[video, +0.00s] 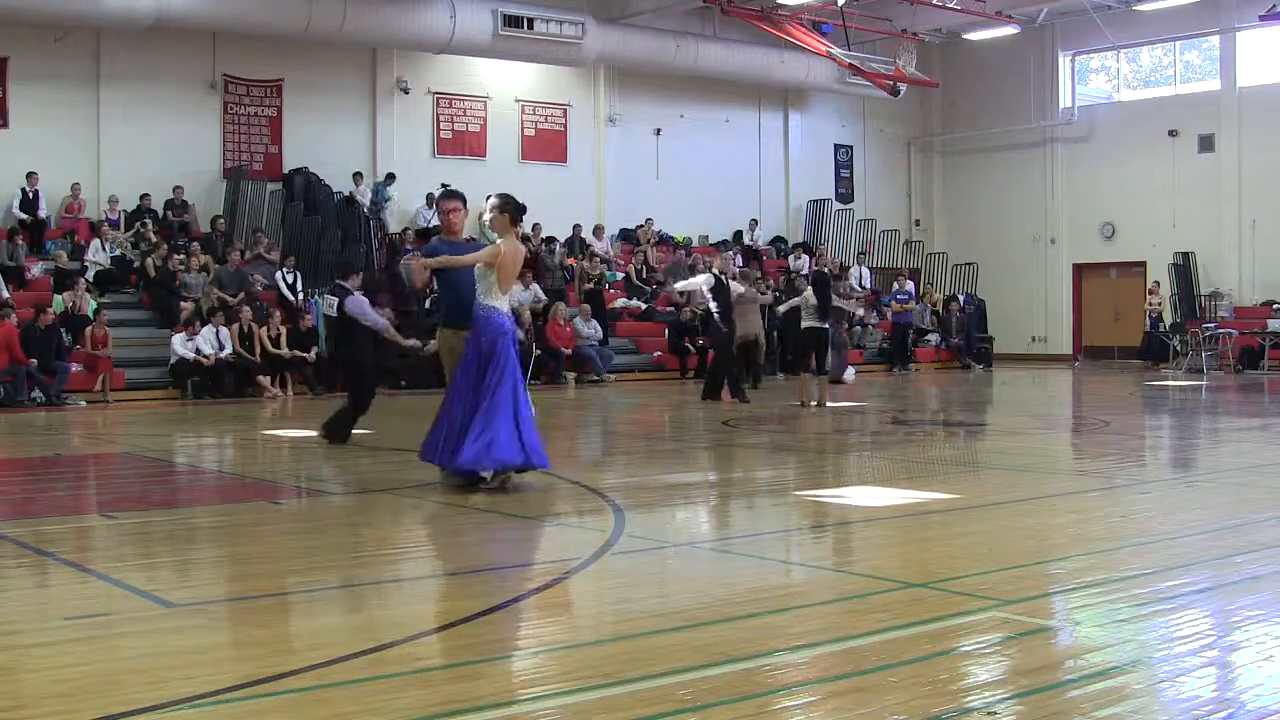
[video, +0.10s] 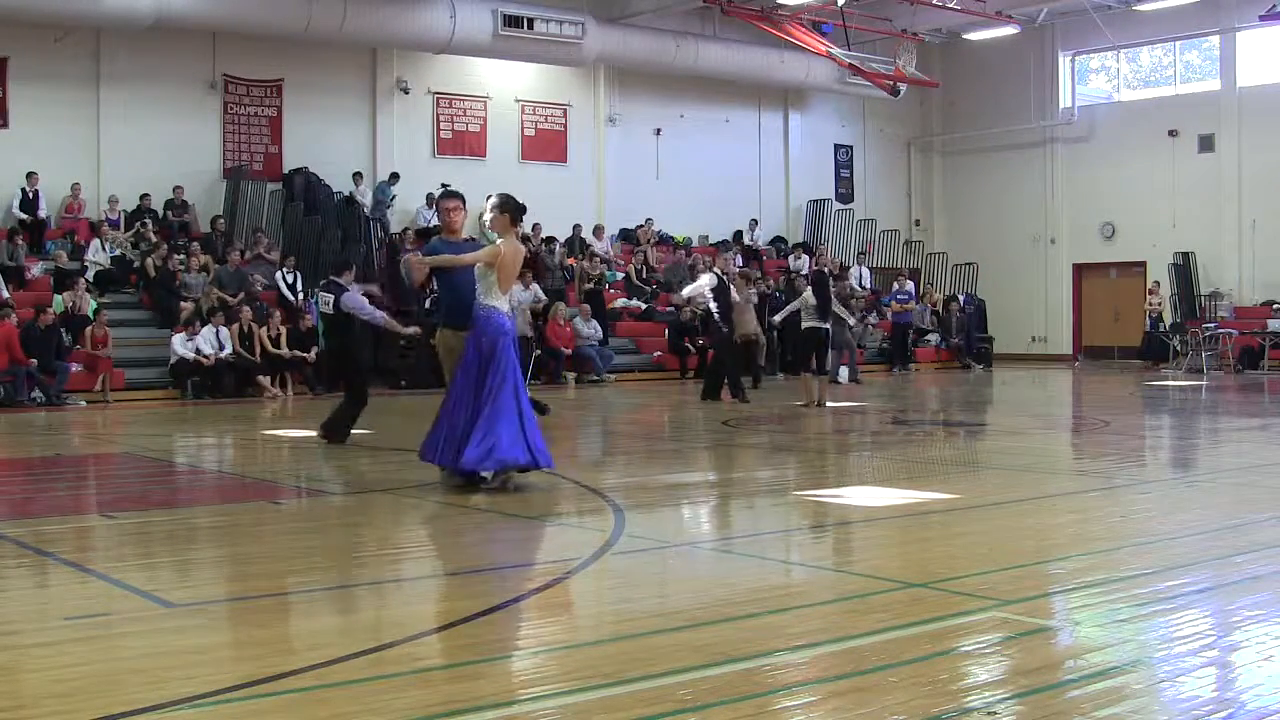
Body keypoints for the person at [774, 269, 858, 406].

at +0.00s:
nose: (809, 282)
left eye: (810, 280)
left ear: (813, 282)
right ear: (827, 283)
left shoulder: (807, 295)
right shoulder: (828, 296)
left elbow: (791, 302)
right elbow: (843, 304)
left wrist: (780, 309)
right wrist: (857, 309)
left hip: (808, 329)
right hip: (823, 329)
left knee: (804, 364)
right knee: (822, 365)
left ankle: (804, 397)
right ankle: (823, 398)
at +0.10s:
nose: (808, 282)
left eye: (809, 280)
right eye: (809, 280)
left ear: (812, 281)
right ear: (826, 282)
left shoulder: (807, 295)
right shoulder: (828, 297)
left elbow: (791, 307)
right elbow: (840, 310)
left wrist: (777, 318)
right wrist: (852, 321)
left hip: (809, 330)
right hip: (824, 331)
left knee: (805, 365)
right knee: (822, 366)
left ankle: (809, 398)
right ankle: (822, 399)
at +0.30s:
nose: (806, 282)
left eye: (808, 280)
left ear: (811, 281)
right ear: (825, 282)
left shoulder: (805, 296)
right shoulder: (829, 297)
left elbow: (789, 313)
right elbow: (831, 316)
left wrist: (775, 329)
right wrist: (837, 330)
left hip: (809, 331)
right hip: (824, 332)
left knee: (808, 366)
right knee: (822, 367)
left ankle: (813, 398)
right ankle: (822, 398)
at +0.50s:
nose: (803, 283)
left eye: (805, 281)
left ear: (808, 283)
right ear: (822, 283)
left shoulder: (801, 299)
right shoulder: (826, 298)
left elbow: (795, 320)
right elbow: (829, 321)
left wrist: (787, 338)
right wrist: (835, 339)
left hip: (806, 332)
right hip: (822, 333)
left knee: (803, 366)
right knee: (820, 368)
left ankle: (806, 396)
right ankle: (822, 398)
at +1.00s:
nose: (789, 286)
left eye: (791, 284)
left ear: (795, 287)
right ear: (808, 287)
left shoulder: (789, 302)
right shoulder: (811, 301)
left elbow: (780, 319)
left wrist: (769, 326)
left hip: (795, 335)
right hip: (811, 335)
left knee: (791, 367)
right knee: (803, 366)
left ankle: (791, 396)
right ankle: (808, 386)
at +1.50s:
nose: (793, 282)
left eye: (794, 280)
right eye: (793, 280)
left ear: (797, 282)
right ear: (809, 282)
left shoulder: (792, 297)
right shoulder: (812, 297)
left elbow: (779, 313)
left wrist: (767, 311)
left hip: (794, 330)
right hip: (809, 330)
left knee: (795, 366)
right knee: (806, 366)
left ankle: (798, 396)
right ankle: (808, 397)